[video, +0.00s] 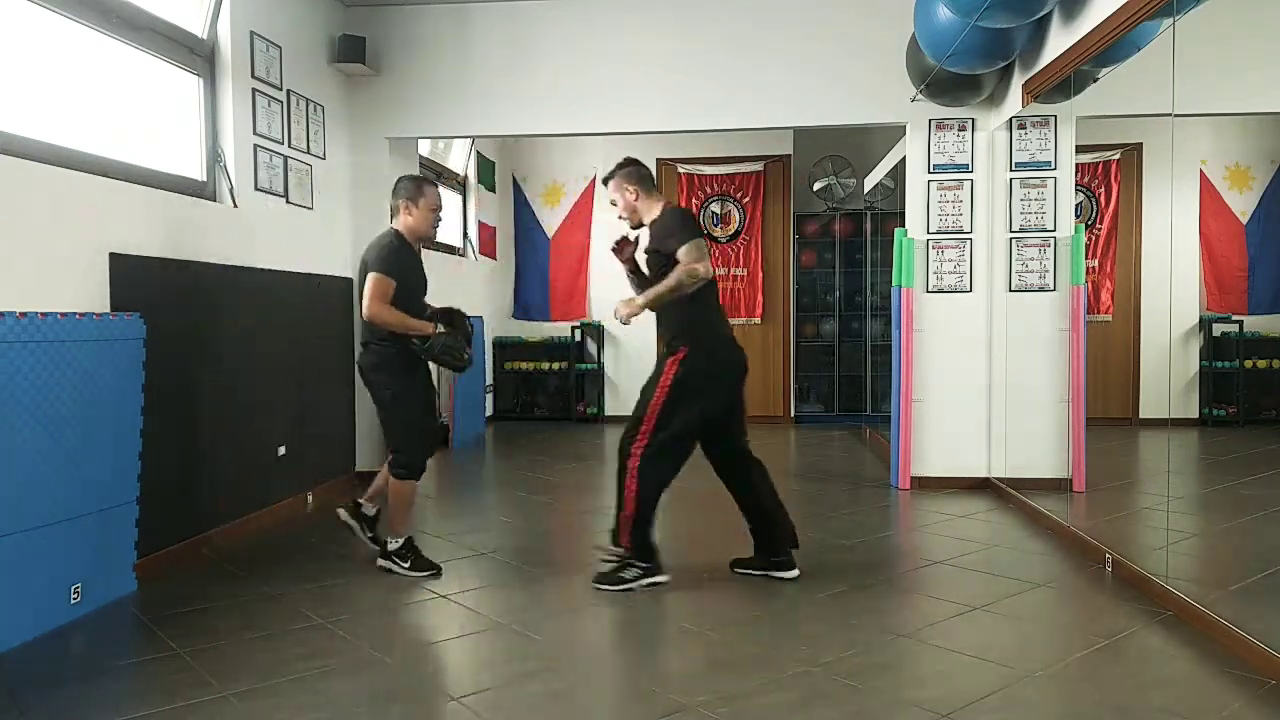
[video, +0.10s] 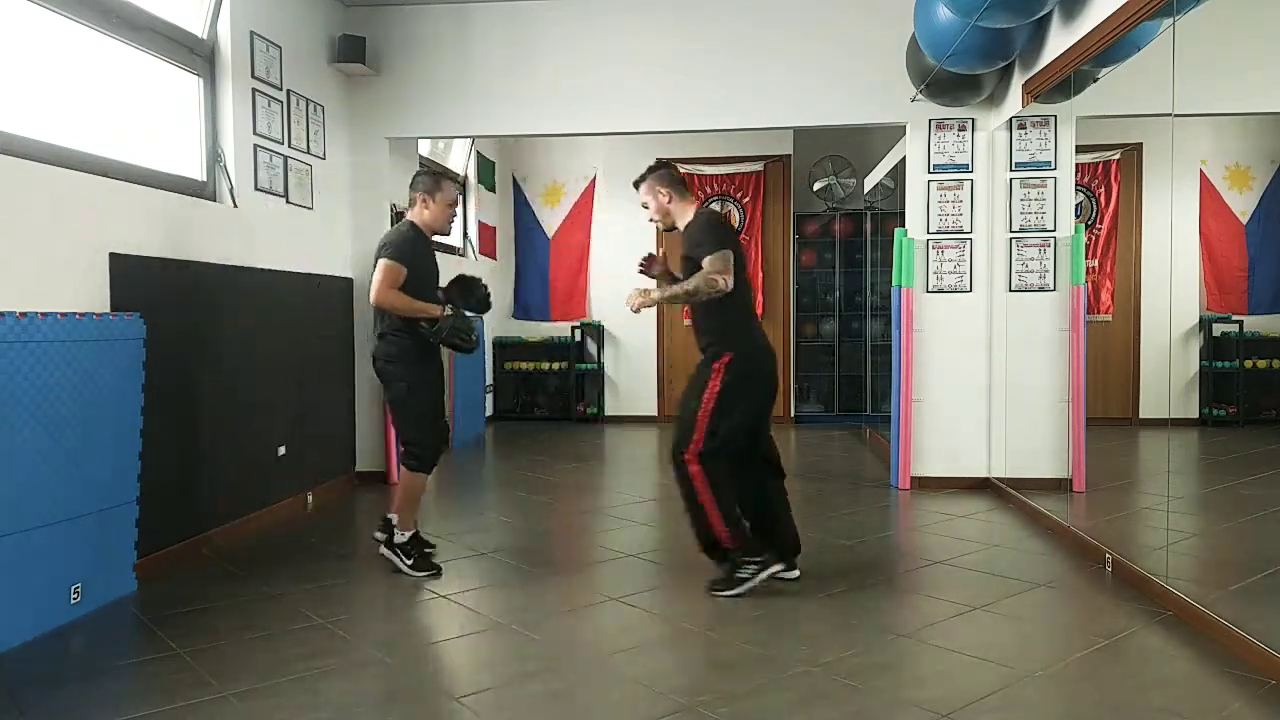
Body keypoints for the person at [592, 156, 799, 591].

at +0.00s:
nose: (618, 212)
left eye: (617, 202)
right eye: (614, 203)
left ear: (632, 192)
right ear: (640, 192)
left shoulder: (672, 219)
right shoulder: (663, 233)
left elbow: (699, 266)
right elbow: (662, 298)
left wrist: (641, 299)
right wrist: (633, 265)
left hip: (692, 356)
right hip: (718, 355)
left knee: (639, 447)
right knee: (733, 457)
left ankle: (638, 558)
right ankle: (777, 553)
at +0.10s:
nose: (649, 213)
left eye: (648, 204)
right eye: (645, 206)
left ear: (666, 195)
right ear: (671, 195)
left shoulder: (704, 226)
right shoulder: (696, 231)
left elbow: (720, 279)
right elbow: (709, 288)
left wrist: (658, 295)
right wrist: (670, 276)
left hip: (732, 358)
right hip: (746, 357)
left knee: (691, 453)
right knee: (752, 455)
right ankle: (781, 555)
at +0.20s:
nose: (677, 210)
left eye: (677, 199)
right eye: (673, 201)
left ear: (697, 188)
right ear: (699, 190)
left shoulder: (736, 220)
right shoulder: (720, 227)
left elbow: (723, 283)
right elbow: (725, 281)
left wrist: (674, 270)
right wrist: (689, 264)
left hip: (762, 354)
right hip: (743, 356)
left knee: (766, 459)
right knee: (744, 458)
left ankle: (842, 549)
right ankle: (776, 555)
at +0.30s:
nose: (704, 200)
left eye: (705, 190)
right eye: (701, 193)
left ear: (726, 179)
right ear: (729, 180)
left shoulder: (759, 210)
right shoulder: (744, 218)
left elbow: (715, 272)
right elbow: (718, 269)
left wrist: (690, 236)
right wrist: (702, 237)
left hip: (793, 353)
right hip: (766, 356)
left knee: (819, 454)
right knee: (761, 454)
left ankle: (897, 547)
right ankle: (777, 554)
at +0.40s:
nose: (731, 206)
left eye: (732, 196)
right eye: (727, 199)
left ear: (752, 185)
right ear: (759, 187)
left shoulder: (779, 218)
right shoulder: (776, 225)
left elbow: (722, 267)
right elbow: (735, 271)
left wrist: (708, 221)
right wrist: (718, 227)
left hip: (822, 360)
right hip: (792, 364)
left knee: (854, 462)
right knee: (767, 456)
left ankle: (912, 560)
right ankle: (790, 554)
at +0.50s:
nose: (747, 209)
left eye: (748, 198)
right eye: (743, 201)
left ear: (772, 189)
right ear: (774, 192)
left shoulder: (806, 228)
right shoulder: (789, 232)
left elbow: (754, 279)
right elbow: (762, 284)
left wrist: (719, 236)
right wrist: (733, 238)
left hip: (842, 371)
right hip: (804, 373)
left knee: (860, 467)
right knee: (769, 454)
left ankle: (911, 563)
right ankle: (798, 553)